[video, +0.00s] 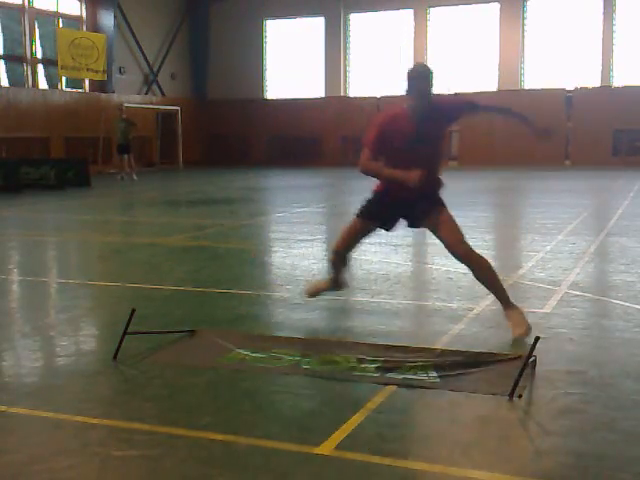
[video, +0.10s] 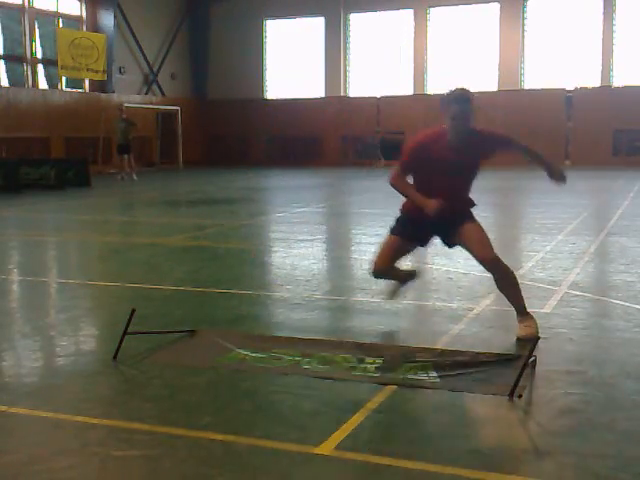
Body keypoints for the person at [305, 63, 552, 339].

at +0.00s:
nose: (416, 99)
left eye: (422, 93)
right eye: (412, 93)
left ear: (430, 92)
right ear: (405, 91)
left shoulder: (442, 110)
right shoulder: (386, 121)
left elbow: (490, 109)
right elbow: (364, 164)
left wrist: (530, 124)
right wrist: (403, 175)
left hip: (425, 195)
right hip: (387, 195)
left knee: (462, 252)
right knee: (339, 249)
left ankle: (510, 308)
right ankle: (336, 282)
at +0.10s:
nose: (458, 124)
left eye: (462, 118)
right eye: (453, 118)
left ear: (470, 117)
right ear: (444, 117)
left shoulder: (480, 141)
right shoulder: (424, 143)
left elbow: (521, 148)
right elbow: (395, 179)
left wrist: (550, 168)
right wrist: (425, 202)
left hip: (456, 212)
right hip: (418, 211)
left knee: (490, 260)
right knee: (380, 268)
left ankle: (524, 317)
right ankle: (406, 277)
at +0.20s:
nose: (474, 142)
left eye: (479, 135)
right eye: (470, 135)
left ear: (491, 133)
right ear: (463, 130)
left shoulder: (501, 159)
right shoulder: (443, 153)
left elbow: (531, 182)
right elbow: (416, 191)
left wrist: (551, 215)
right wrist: (451, 208)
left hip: (470, 219)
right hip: (432, 219)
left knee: (501, 261)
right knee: (412, 278)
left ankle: (525, 317)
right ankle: (455, 284)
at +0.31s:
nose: (475, 144)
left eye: (480, 139)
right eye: (471, 138)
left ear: (491, 134)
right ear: (464, 131)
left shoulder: (504, 163)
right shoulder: (443, 155)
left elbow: (531, 202)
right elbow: (420, 193)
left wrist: (551, 244)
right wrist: (458, 199)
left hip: (474, 221)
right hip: (435, 221)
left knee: (502, 261)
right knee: (413, 276)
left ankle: (526, 317)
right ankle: (462, 285)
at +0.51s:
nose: (425, 120)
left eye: (431, 115)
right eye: (424, 114)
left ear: (447, 116)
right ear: (422, 113)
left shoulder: (461, 140)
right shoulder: (414, 133)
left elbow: (471, 167)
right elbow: (365, 130)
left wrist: (424, 157)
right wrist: (376, 150)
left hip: (447, 216)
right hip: (410, 211)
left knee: (483, 261)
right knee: (352, 239)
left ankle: (524, 317)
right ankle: (371, 294)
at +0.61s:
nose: (391, 103)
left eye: (396, 98)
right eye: (387, 98)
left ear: (405, 96)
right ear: (380, 96)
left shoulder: (419, 116)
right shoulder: (373, 114)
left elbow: (428, 144)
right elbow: (326, 120)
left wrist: (378, 142)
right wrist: (332, 149)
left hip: (411, 201)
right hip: (375, 198)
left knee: (456, 257)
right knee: (318, 228)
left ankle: (510, 311)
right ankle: (311, 286)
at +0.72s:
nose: (341, 102)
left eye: (345, 96)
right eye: (337, 97)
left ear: (357, 93)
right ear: (333, 96)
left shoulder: (383, 120)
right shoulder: (330, 121)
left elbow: (405, 153)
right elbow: (299, 147)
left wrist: (360, 161)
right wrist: (288, 176)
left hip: (378, 196)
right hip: (341, 194)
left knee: (416, 248)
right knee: (297, 241)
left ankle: (451, 304)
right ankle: (268, 289)